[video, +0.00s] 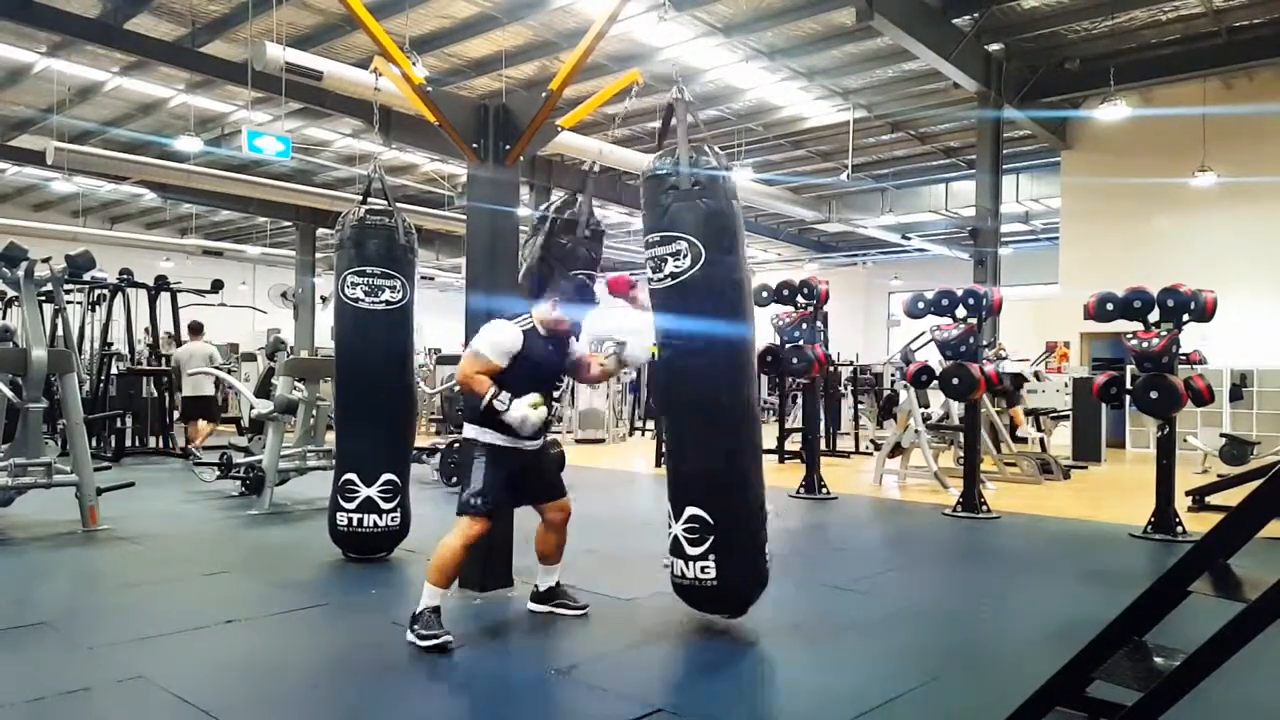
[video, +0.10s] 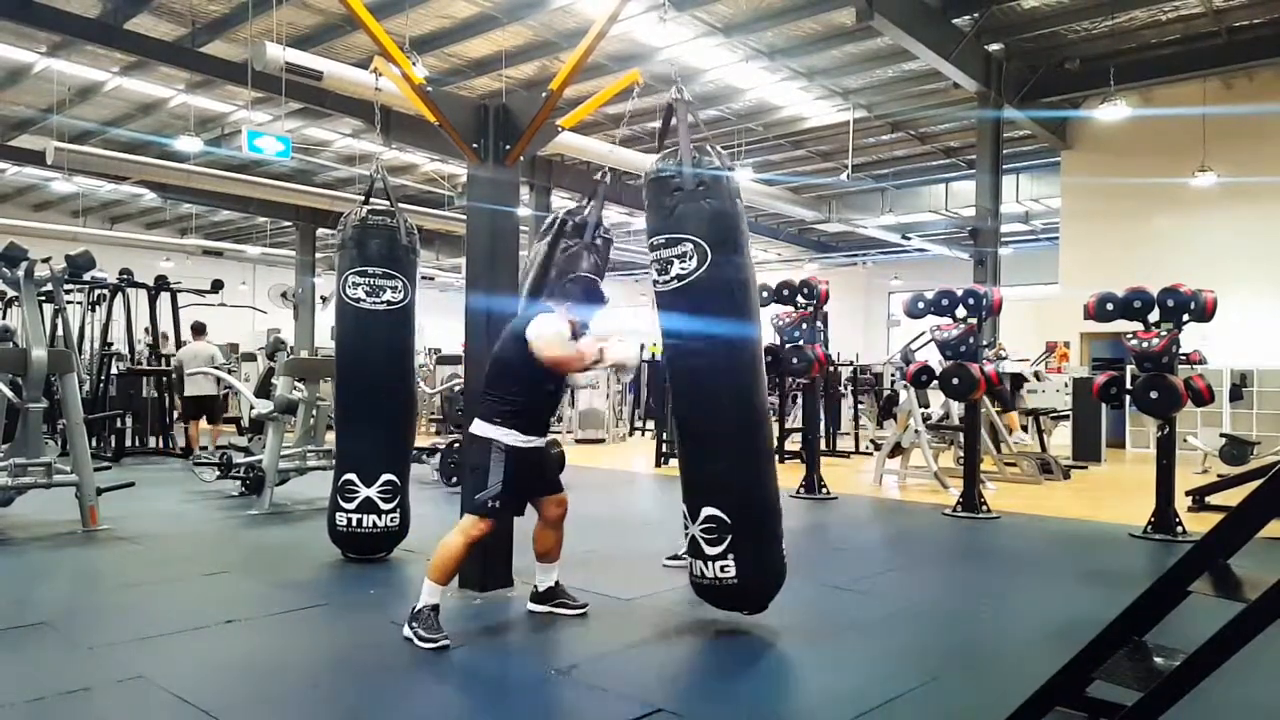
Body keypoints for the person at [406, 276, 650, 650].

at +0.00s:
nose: (575, 324)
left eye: (579, 318)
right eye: (572, 315)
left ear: (575, 313)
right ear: (552, 304)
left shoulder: (566, 340)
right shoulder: (506, 334)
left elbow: (587, 373)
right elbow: (467, 375)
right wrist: (508, 406)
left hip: (533, 448)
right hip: (488, 446)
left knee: (557, 513)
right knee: (474, 525)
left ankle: (546, 590)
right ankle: (426, 613)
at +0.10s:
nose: (587, 324)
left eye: (590, 319)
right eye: (585, 317)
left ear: (582, 312)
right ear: (568, 305)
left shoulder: (565, 330)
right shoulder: (544, 321)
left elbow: (578, 359)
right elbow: (554, 358)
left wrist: (603, 355)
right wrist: (594, 352)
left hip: (531, 441)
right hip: (494, 438)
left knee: (554, 508)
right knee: (476, 525)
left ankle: (545, 589)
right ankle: (424, 611)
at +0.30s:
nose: (581, 324)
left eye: (584, 319)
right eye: (581, 316)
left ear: (559, 302)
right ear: (566, 304)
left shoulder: (544, 325)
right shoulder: (539, 318)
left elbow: (534, 383)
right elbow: (561, 365)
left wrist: (568, 396)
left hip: (529, 437)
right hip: (497, 434)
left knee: (547, 509)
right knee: (487, 523)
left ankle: (546, 590)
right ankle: (419, 606)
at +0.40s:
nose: (561, 317)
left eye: (566, 312)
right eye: (561, 309)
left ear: (560, 311)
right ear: (547, 301)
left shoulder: (544, 337)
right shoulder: (517, 326)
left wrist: (569, 393)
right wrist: (552, 386)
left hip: (527, 443)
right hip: (491, 440)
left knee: (552, 511)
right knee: (482, 526)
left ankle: (547, 588)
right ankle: (415, 614)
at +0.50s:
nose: (550, 325)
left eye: (553, 319)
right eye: (549, 316)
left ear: (530, 308)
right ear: (529, 305)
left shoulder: (522, 342)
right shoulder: (491, 335)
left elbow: (529, 390)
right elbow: (504, 392)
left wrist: (565, 382)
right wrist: (540, 364)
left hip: (512, 450)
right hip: (474, 449)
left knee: (541, 515)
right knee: (470, 533)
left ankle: (547, 589)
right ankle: (403, 624)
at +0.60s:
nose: (541, 312)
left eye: (544, 306)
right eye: (541, 304)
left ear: (521, 297)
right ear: (520, 294)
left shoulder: (511, 329)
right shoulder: (482, 321)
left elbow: (510, 380)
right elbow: (507, 376)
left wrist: (537, 380)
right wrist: (541, 345)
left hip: (498, 440)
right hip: (459, 440)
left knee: (526, 508)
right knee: (450, 530)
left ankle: (535, 586)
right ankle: (401, 624)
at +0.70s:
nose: (529, 304)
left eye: (532, 299)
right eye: (529, 296)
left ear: (513, 287)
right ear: (512, 283)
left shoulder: (496, 317)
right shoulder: (473, 309)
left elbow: (501, 376)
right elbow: (492, 371)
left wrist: (522, 389)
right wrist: (523, 335)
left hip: (486, 435)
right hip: (449, 434)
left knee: (519, 503)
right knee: (432, 529)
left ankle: (494, 591)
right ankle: (381, 622)